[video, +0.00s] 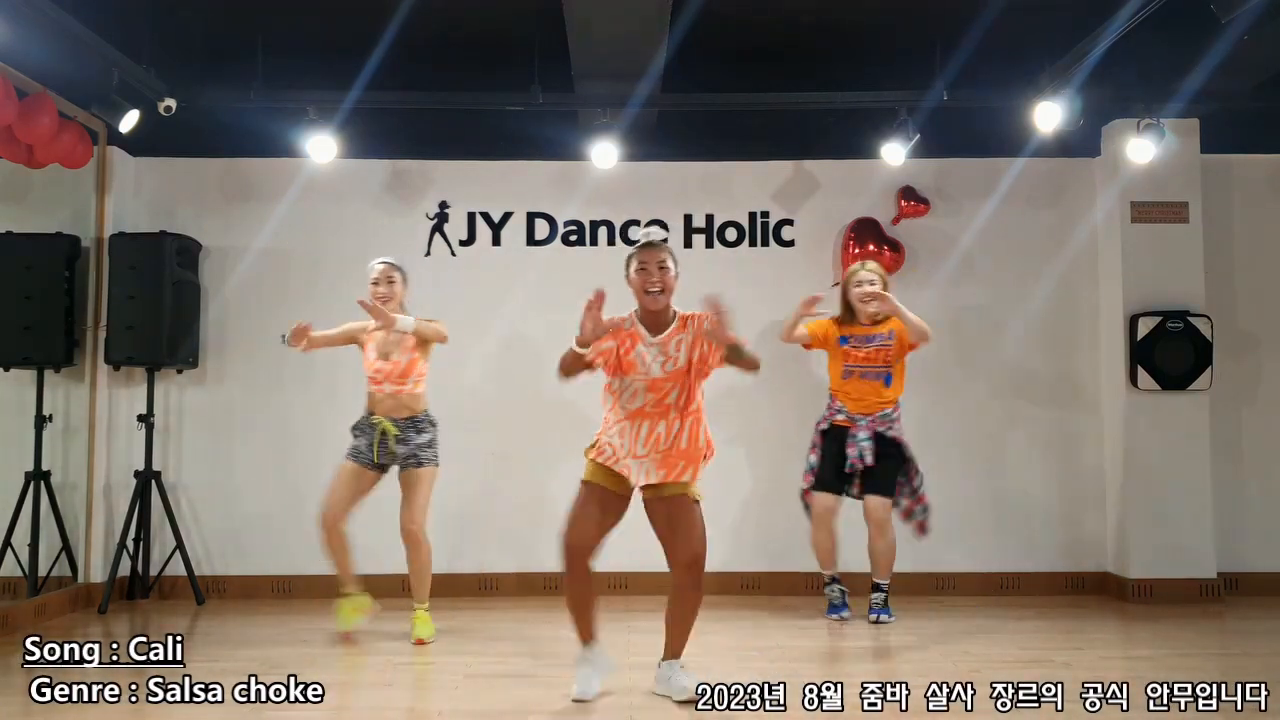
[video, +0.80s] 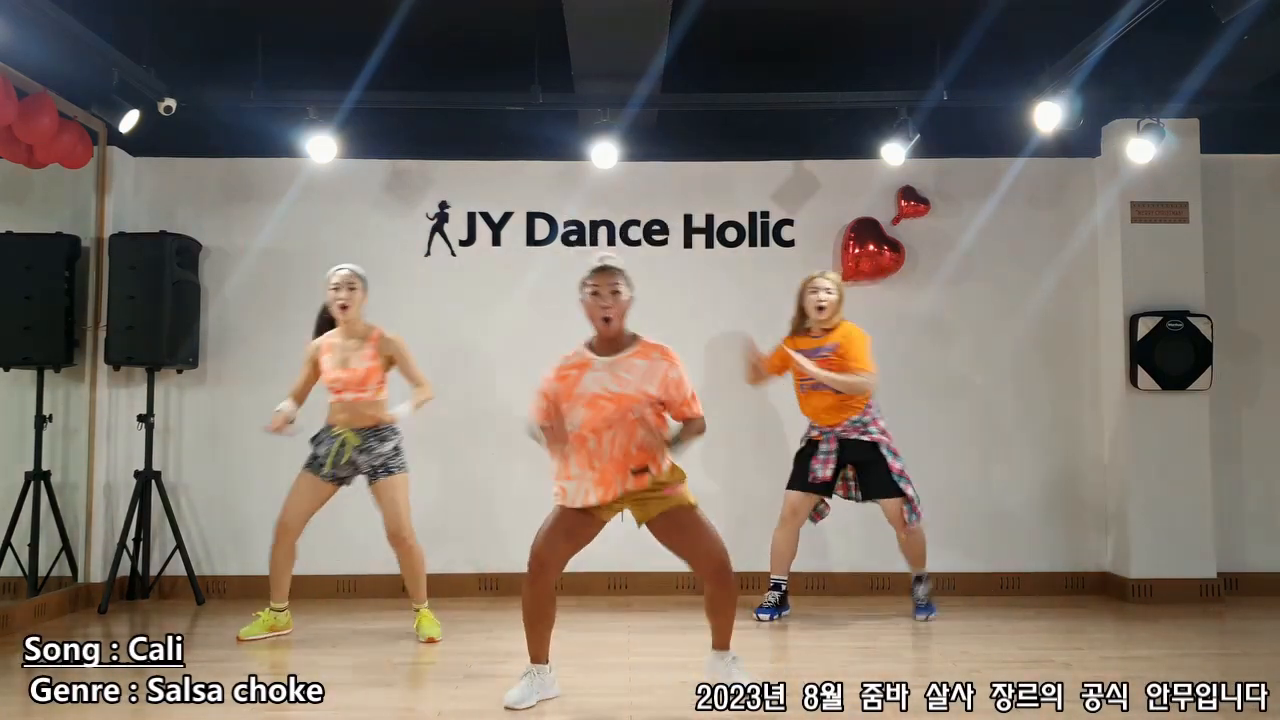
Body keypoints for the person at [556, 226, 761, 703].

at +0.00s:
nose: (654, 275)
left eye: (662, 267)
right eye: (643, 268)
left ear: (675, 278)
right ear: (629, 281)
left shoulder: (696, 330)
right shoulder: (616, 333)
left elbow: (752, 365)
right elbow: (565, 371)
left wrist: (725, 339)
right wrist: (584, 344)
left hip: (672, 461)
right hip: (614, 456)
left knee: (691, 562)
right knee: (576, 545)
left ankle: (670, 665)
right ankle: (589, 654)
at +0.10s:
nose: (641, 283)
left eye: (650, 275)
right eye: (631, 276)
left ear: (664, 286)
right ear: (618, 289)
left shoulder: (690, 341)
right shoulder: (602, 343)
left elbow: (735, 397)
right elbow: (559, 410)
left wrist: (701, 377)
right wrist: (584, 373)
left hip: (673, 471)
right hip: (612, 467)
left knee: (700, 566)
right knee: (547, 539)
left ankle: (672, 666)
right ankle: (557, 647)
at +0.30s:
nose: (598, 288)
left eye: (608, 279)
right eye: (588, 280)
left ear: (623, 287)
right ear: (576, 290)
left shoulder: (648, 339)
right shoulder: (566, 353)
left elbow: (672, 398)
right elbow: (536, 417)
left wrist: (628, 380)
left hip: (657, 469)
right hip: (598, 472)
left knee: (702, 558)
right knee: (549, 557)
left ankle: (682, 662)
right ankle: (537, 668)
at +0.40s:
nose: (581, 285)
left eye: (591, 274)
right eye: (571, 276)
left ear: (607, 282)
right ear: (559, 286)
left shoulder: (628, 328)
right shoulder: (545, 341)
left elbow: (634, 303)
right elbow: (481, 355)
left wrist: (595, 276)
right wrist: (475, 304)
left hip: (654, 456)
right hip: (593, 468)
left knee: (711, 548)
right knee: (549, 557)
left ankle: (734, 646)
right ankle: (539, 669)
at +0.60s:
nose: (567, 291)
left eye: (577, 283)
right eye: (558, 283)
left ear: (593, 293)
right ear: (547, 295)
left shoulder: (614, 330)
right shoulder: (540, 343)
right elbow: (474, 318)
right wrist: (450, 264)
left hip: (650, 462)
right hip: (592, 473)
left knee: (710, 557)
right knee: (546, 561)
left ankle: (763, 645)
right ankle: (541, 672)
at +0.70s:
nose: (581, 295)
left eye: (591, 287)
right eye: (571, 287)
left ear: (607, 296)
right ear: (560, 298)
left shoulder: (628, 338)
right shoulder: (545, 352)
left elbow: (681, 371)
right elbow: (486, 378)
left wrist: (638, 351)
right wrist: (505, 342)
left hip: (649, 470)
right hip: (586, 484)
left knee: (720, 555)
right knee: (540, 562)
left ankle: (739, 647)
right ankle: (540, 672)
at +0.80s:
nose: (605, 302)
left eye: (614, 292)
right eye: (595, 294)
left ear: (629, 300)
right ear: (583, 304)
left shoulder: (659, 360)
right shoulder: (567, 370)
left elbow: (695, 422)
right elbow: (553, 438)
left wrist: (668, 442)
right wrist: (552, 432)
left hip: (654, 487)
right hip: (588, 491)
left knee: (717, 564)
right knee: (541, 562)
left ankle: (722, 660)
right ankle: (539, 671)